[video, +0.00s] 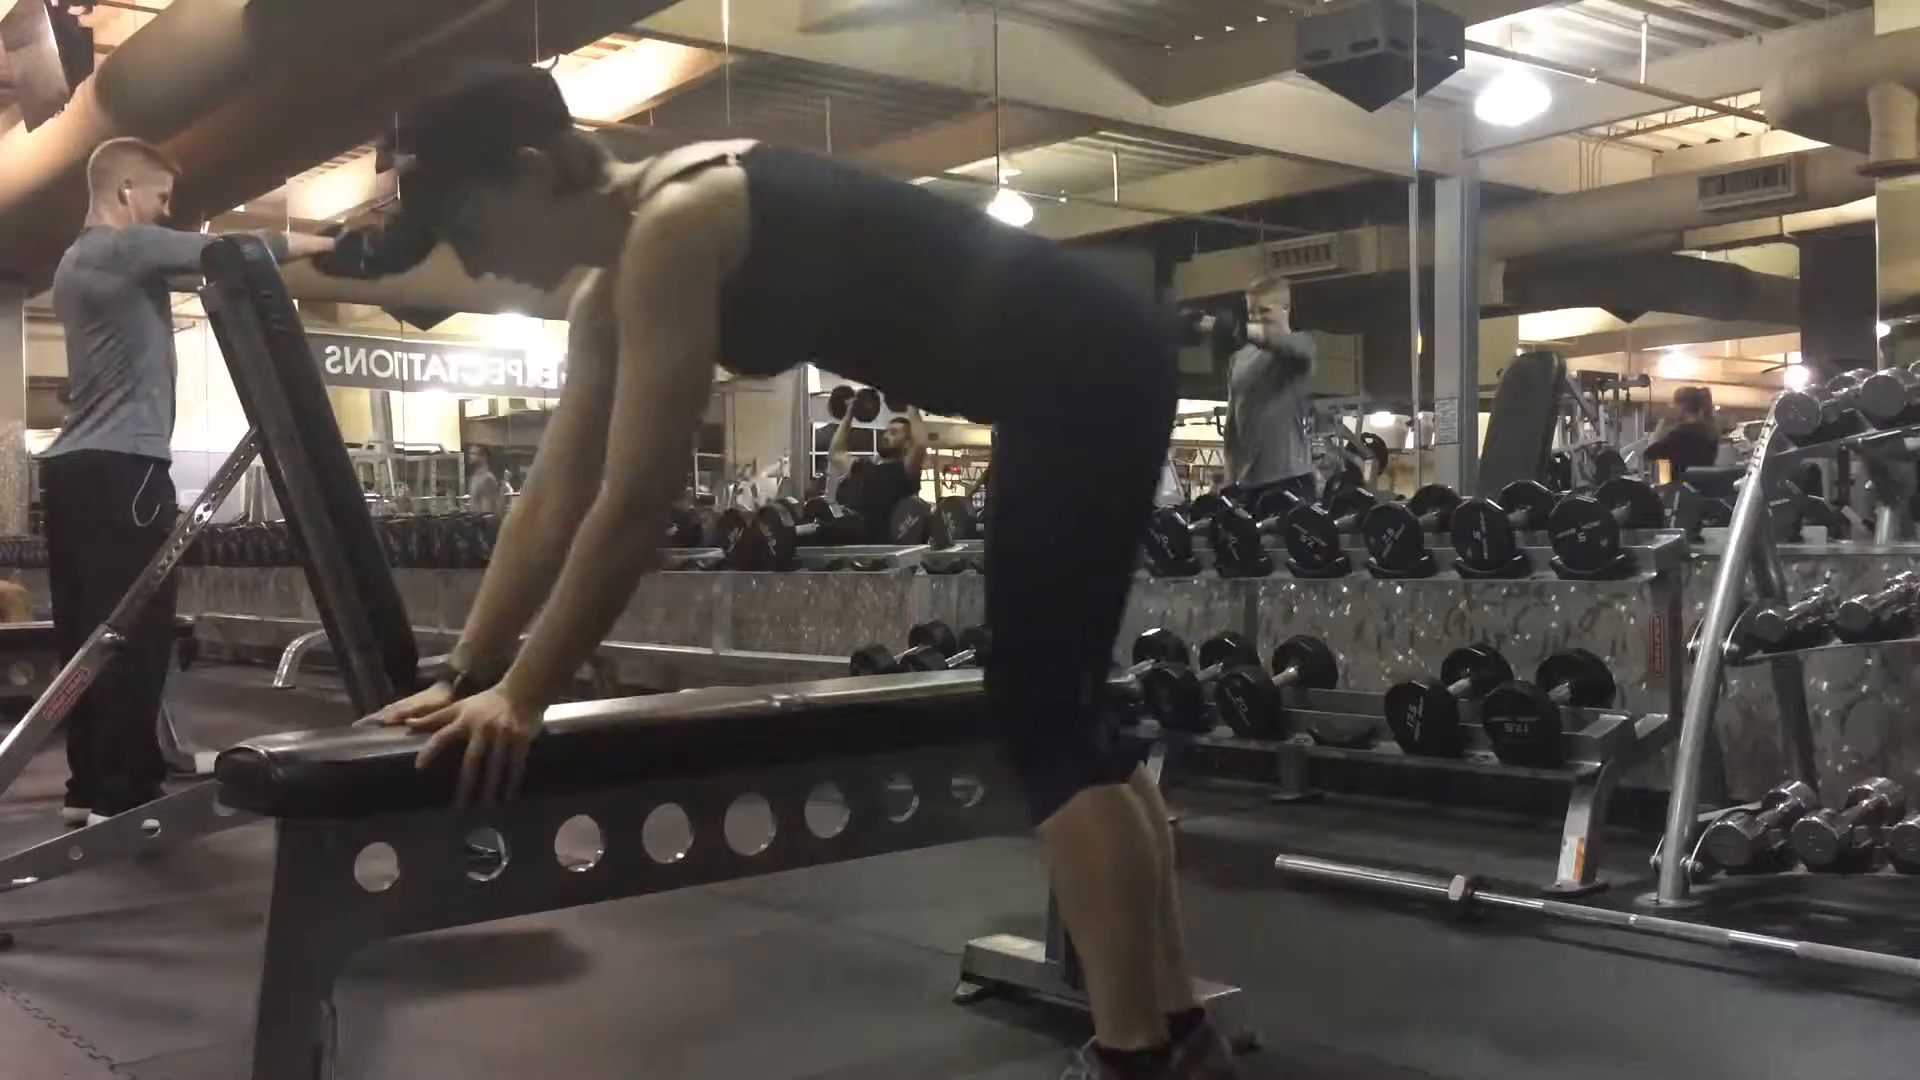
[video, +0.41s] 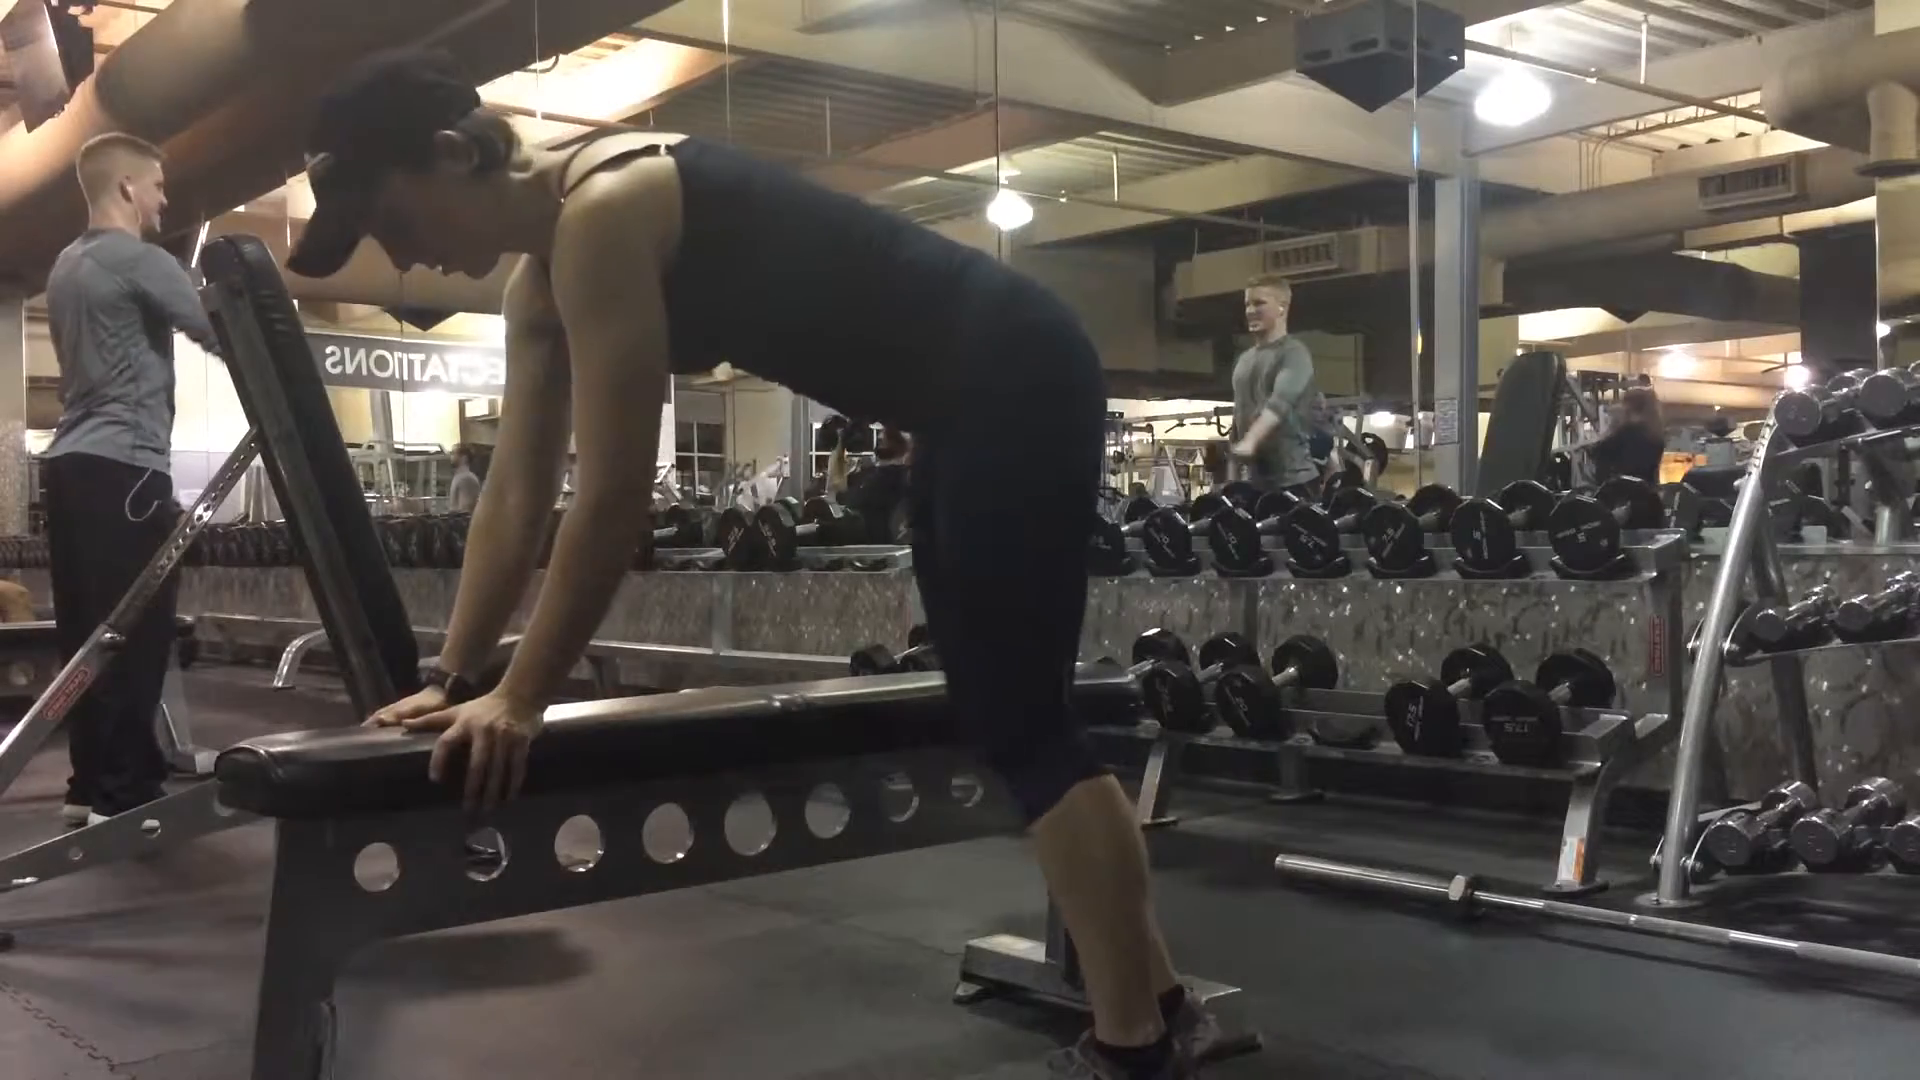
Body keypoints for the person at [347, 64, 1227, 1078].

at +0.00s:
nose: (477, 267)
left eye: (473, 233)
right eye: (460, 244)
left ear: (539, 170)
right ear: (540, 178)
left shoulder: (673, 232)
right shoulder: (619, 272)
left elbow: (639, 498)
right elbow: (559, 487)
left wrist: (518, 697)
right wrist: (464, 672)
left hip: (1081, 362)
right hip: (1073, 362)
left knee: (1041, 723)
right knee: (1071, 714)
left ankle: (1134, 1046)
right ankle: (1172, 1015)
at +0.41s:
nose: (403, 258)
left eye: (394, 225)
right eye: (384, 240)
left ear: (451, 157)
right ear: (451, 169)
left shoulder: (607, 220)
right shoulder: (543, 273)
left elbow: (612, 501)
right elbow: (515, 482)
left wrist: (516, 694)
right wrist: (456, 672)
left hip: (1009, 374)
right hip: (965, 393)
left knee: (1021, 722)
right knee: (1018, 715)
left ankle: (1134, 1035)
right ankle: (1149, 994)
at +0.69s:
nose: (390, 298)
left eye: (382, 262)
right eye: (369, 280)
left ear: (445, 190)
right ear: (440, 205)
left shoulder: (607, 244)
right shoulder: (515, 308)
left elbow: (645, 505)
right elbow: (507, 499)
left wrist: (525, 696)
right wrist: (459, 674)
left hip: (958, 473)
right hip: (889, 496)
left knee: (893, 807)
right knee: (897, 786)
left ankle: (1129, 1031)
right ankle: (1099, 971)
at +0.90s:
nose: (259, 300)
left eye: (240, 273)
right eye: (232, 290)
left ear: (266, 181)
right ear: (261, 190)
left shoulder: (444, 191)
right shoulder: (355, 265)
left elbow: (522, 453)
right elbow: (415, 473)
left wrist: (518, 684)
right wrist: (440, 672)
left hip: (811, 231)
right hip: (745, 271)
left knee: (842, 540)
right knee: (824, 542)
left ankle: (1070, 778)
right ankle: (1049, 752)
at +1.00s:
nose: (238, 324)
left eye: (222, 297)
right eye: (211, 313)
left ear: (253, 205)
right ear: (238, 216)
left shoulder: (425, 202)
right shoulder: (337, 266)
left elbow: (508, 459)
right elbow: (402, 475)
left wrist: (514, 687)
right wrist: (440, 670)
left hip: (776, 196)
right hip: (701, 235)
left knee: (717, 483)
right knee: (685, 504)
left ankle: (953, 444)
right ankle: (934, 441)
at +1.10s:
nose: (232, 341)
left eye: (213, 312)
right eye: (204, 329)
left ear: (247, 224)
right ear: (245, 227)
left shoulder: (421, 201)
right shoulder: (335, 286)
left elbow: (511, 458)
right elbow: (400, 478)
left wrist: (516, 692)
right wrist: (439, 677)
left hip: (748, 202)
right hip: (648, 230)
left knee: (633, 471)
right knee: (574, 473)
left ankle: (830, 369)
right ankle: (803, 373)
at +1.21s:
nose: (214, 340)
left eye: (198, 311)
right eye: (189, 326)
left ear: (240, 221)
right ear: (239, 225)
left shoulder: (418, 206)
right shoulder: (309, 284)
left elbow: (508, 459)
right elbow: (386, 485)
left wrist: (516, 691)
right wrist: (438, 680)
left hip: (718, 201)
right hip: (600, 245)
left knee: (607, 469)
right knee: (552, 473)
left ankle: (760, 530)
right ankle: (712, 545)